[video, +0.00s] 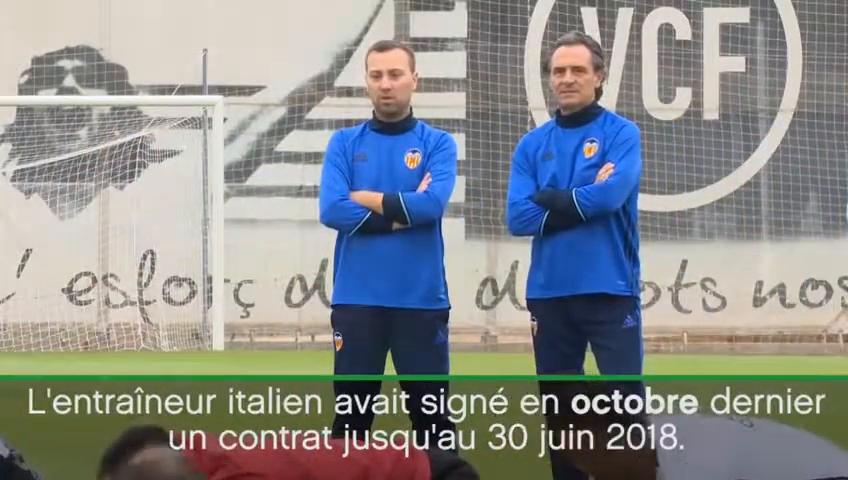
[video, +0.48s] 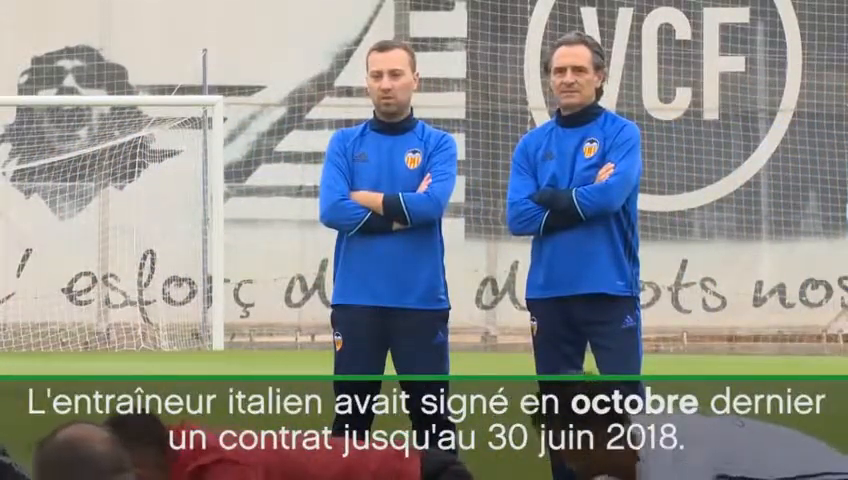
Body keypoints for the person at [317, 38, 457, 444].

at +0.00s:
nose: (385, 84)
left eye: (395, 75)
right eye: (376, 76)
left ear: (415, 82)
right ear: (367, 84)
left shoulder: (438, 142)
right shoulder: (343, 141)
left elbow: (431, 207)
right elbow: (331, 211)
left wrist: (363, 196)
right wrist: (404, 211)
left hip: (421, 299)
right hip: (357, 299)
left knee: (431, 415)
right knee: (351, 415)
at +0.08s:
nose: (385, 85)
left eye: (395, 75)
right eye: (376, 76)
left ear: (415, 81)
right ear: (367, 84)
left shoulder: (438, 142)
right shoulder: (344, 141)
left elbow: (431, 207)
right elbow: (331, 211)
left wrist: (362, 196)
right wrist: (403, 212)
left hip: (421, 300)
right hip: (357, 299)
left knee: (431, 416)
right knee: (351, 415)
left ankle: (442, 479)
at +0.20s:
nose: (386, 85)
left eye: (396, 75)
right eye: (376, 76)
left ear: (415, 81)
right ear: (367, 84)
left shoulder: (438, 142)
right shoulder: (344, 141)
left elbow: (431, 207)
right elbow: (331, 211)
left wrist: (363, 197)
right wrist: (404, 212)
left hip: (421, 300)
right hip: (357, 299)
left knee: (431, 416)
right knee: (351, 415)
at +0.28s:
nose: (386, 85)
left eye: (396, 75)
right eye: (377, 76)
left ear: (415, 81)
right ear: (367, 84)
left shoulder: (438, 142)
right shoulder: (344, 141)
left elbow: (432, 207)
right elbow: (331, 210)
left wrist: (362, 197)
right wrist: (403, 213)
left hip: (421, 301)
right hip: (356, 300)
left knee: (431, 416)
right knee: (351, 416)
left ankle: (439, 479)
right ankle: (344, 479)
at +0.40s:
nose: (386, 85)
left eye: (396, 75)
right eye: (377, 76)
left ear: (415, 81)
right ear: (367, 84)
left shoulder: (439, 142)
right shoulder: (344, 141)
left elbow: (432, 207)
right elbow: (331, 210)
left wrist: (360, 197)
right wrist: (403, 214)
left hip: (421, 301)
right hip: (356, 301)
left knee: (431, 418)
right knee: (351, 416)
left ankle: (441, 479)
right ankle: (346, 479)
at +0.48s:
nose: (386, 85)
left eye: (396, 75)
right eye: (377, 76)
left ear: (415, 81)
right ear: (367, 84)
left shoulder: (439, 142)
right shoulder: (344, 141)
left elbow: (432, 207)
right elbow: (331, 210)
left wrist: (362, 197)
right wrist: (402, 215)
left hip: (420, 300)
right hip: (356, 300)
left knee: (431, 417)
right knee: (351, 416)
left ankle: (439, 478)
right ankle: (346, 478)